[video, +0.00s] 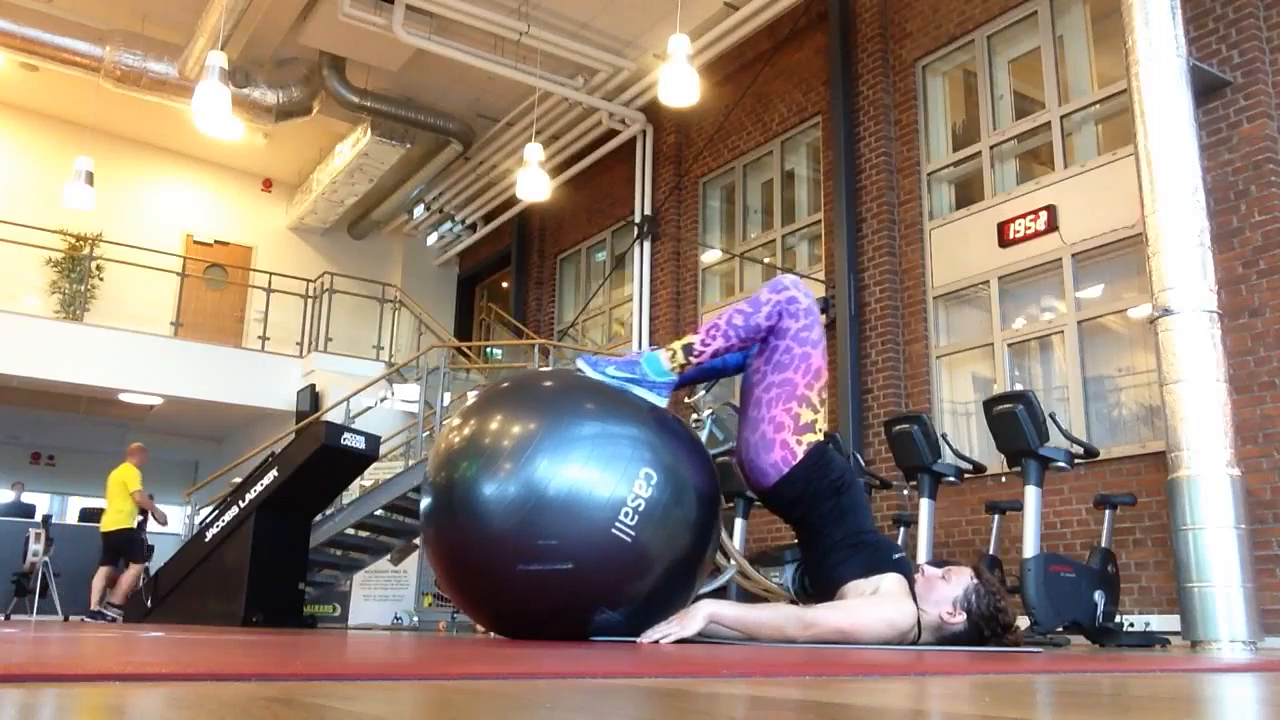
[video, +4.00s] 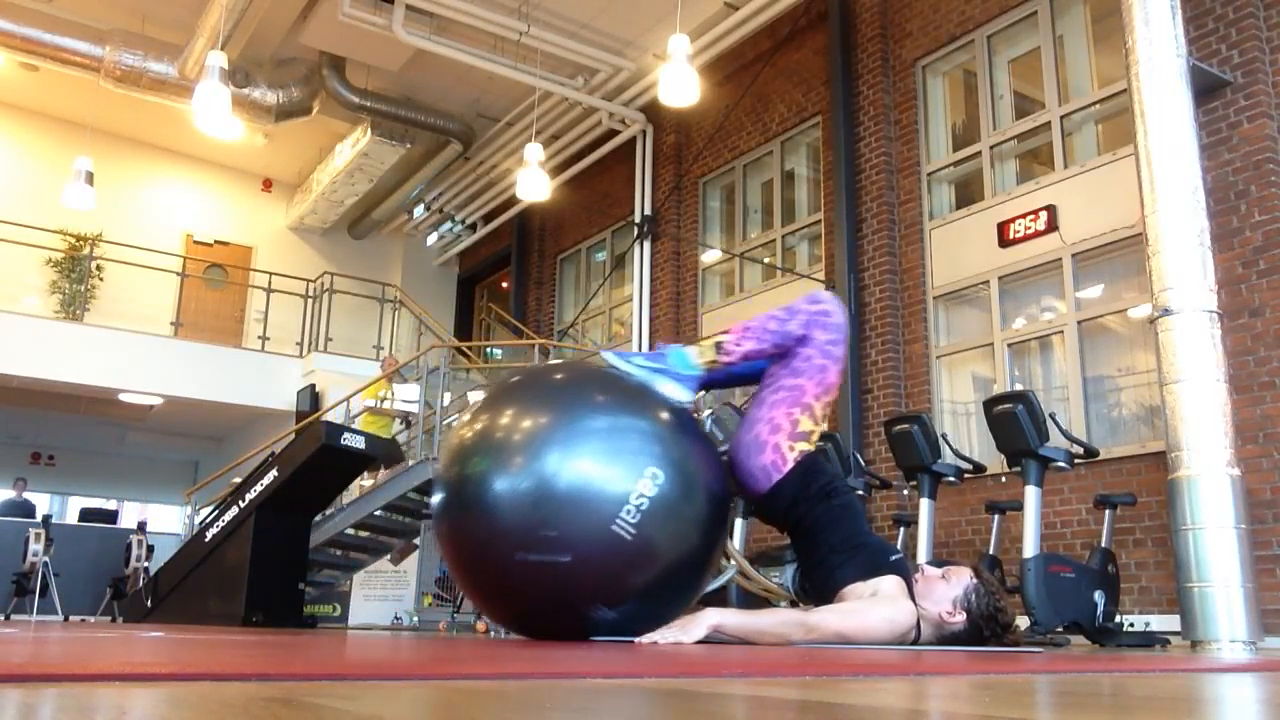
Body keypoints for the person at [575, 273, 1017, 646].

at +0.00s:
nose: (938, 567)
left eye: (948, 578)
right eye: (951, 570)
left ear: (947, 613)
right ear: (946, 612)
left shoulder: (893, 612)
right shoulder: (903, 603)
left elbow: (800, 624)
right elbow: (805, 622)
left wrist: (708, 611)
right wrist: (717, 619)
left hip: (783, 462)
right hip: (810, 462)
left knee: (791, 297)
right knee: (796, 305)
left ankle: (660, 368)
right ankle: (673, 372)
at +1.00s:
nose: (940, 567)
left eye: (951, 581)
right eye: (953, 570)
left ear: (945, 616)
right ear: (945, 598)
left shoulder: (890, 612)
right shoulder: (888, 593)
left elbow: (799, 624)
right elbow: (797, 620)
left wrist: (706, 615)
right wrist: (711, 619)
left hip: (752, 484)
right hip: (765, 470)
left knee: (644, 375)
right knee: (652, 374)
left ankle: (489, 367)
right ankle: (518, 384)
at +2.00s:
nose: (930, 570)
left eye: (943, 578)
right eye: (944, 569)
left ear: (948, 614)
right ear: (948, 613)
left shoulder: (893, 617)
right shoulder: (910, 610)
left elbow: (800, 628)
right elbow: (803, 623)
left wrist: (708, 614)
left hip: (784, 455)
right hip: (809, 455)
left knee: (835, 303)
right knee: (831, 314)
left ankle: (702, 366)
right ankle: (708, 369)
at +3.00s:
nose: (937, 569)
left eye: (949, 581)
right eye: (950, 570)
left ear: (946, 617)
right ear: (945, 605)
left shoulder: (892, 610)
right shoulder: (891, 594)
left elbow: (804, 626)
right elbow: (802, 621)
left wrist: (708, 618)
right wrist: (714, 622)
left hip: (756, 481)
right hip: (773, 467)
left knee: (665, 355)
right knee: (668, 351)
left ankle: (508, 361)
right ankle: (522, 363)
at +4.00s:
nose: (934, 567)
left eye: (946, 577)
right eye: (947, 569)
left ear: (947, 614)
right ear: (946, 612)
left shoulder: (894, 613)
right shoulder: (904, 604)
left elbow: (801, 626)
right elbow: (806, 623)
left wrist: (712, 621)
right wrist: (718, 622)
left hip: (771, 466)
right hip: (792, 468)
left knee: (825, 310)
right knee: (822, 323)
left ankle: (685, 366)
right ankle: (693, 371)